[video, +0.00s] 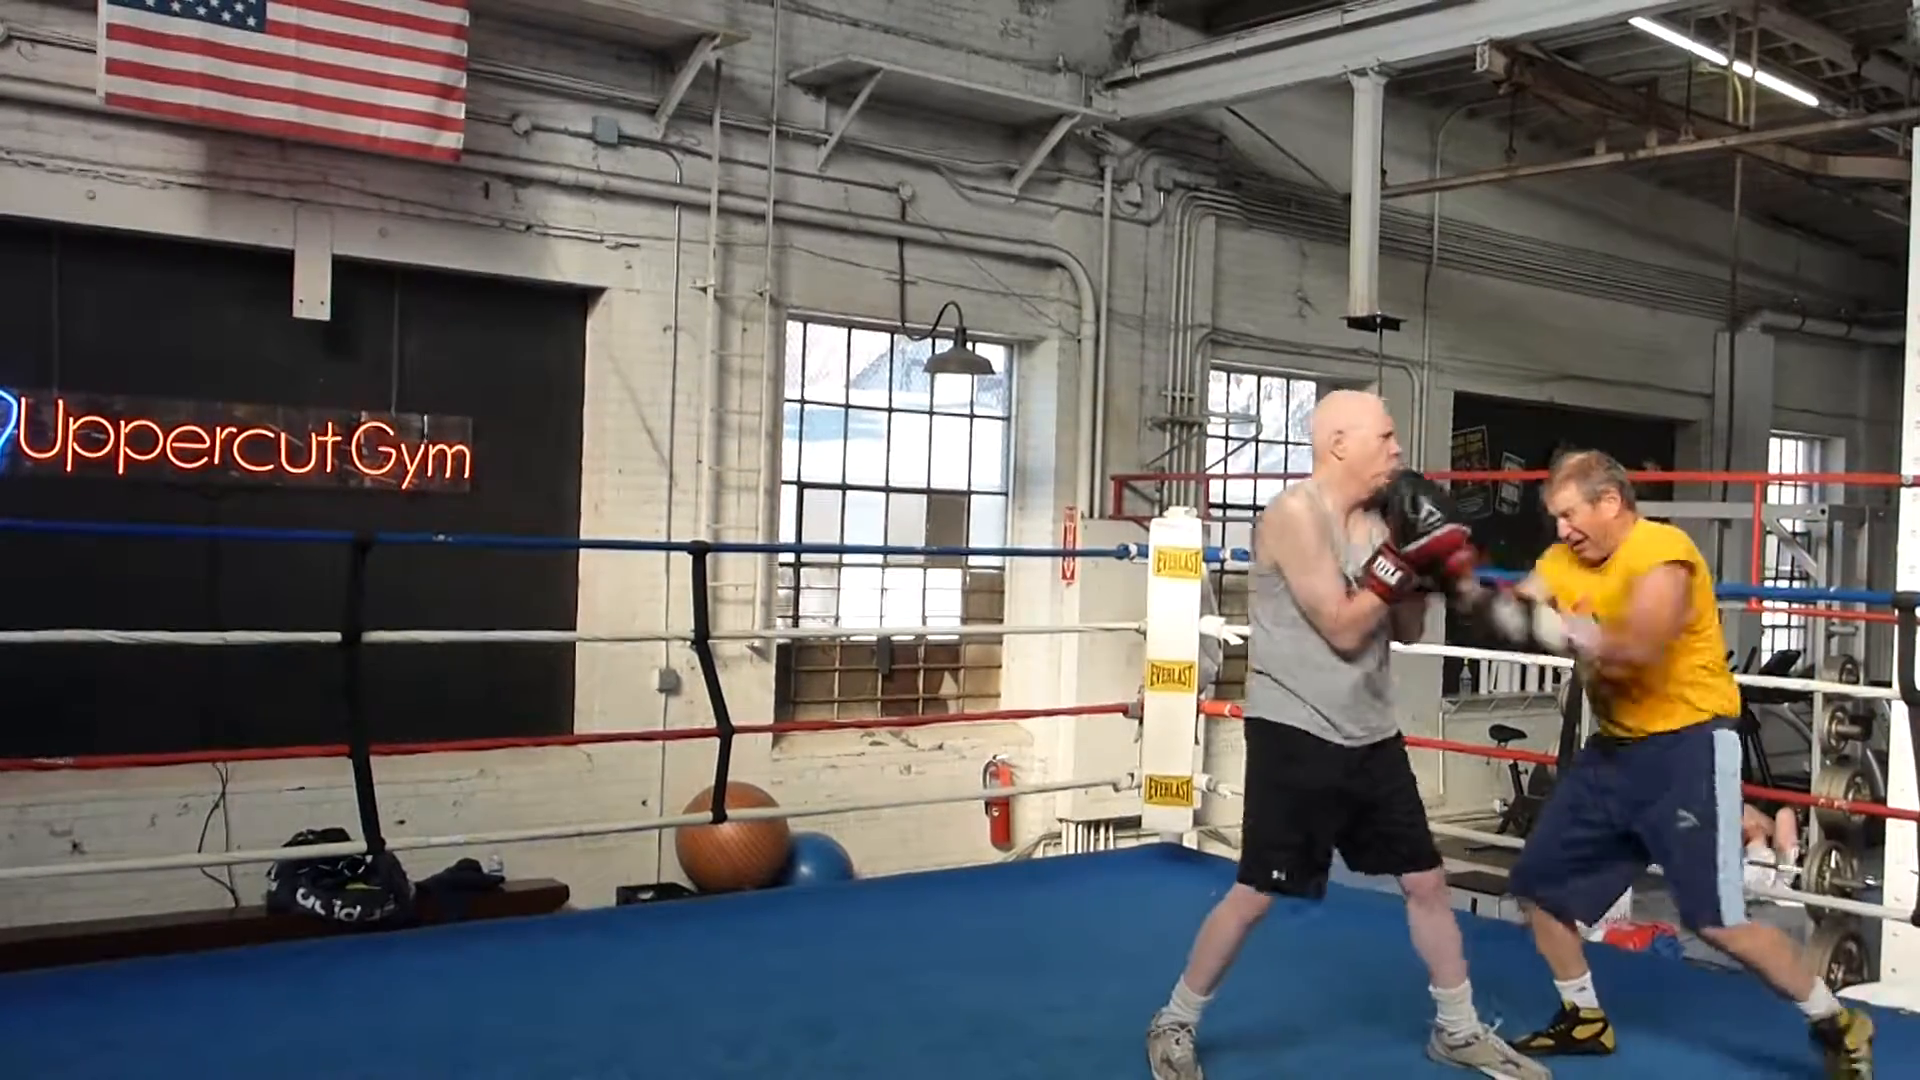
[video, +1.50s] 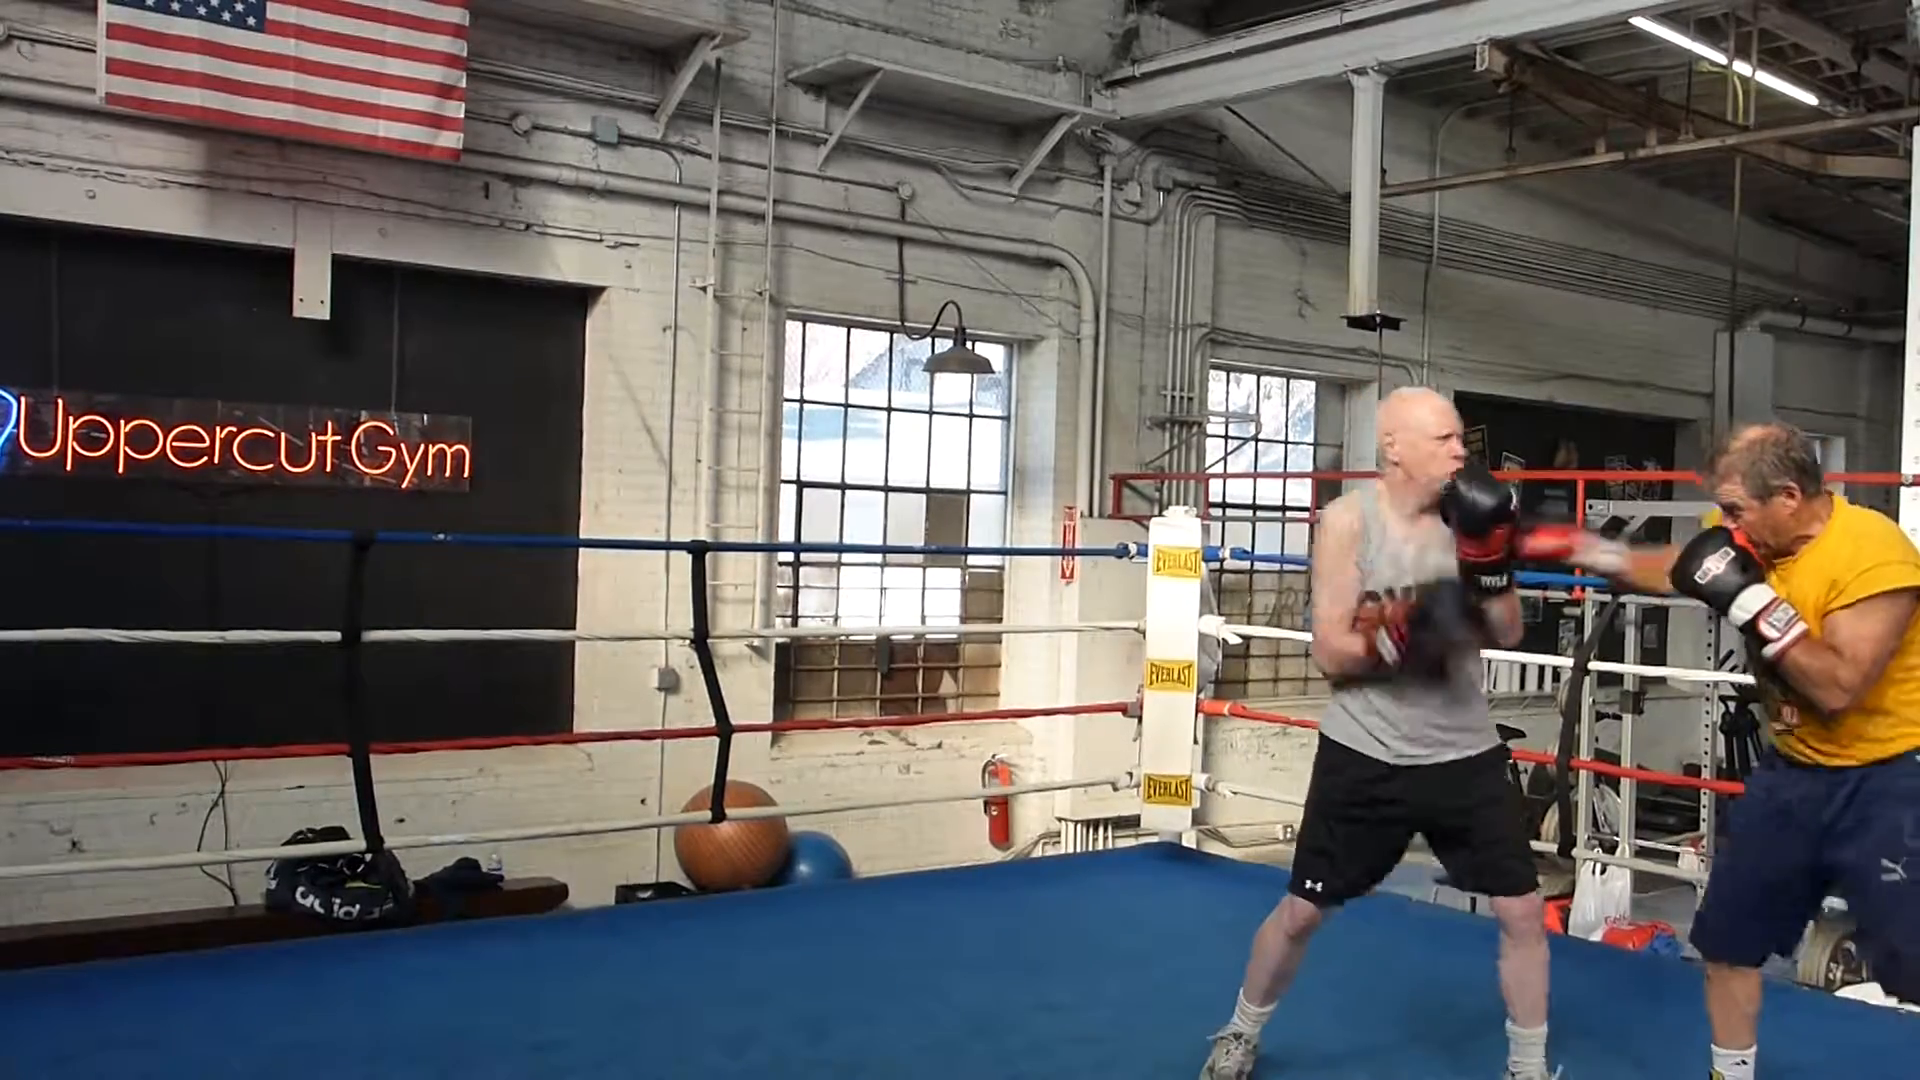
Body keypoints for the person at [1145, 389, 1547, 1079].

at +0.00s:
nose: (1399, 451)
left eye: (1397, 439)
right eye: (1386, 438)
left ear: (1347, 445)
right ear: (1338, 444)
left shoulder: (1375, 522)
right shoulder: (1293, 512)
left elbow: (1406, 630)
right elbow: (1345, 631)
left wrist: (1423, 560)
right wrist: (1402, 560)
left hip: (1371, 735)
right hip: (1293, 733)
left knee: (1426, 879)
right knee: (1257, 891)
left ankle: (1458, 1028)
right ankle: (1176, 1021)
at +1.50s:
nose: (1459, 451)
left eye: (1460, 438)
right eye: (1443, 440)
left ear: (1461, 443)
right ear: (1394, 449)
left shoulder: (1471, 518)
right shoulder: (1346, 521)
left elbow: (1508, 633)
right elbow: (1332, 653)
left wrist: (1492, 558)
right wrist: (1391, 640)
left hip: (1466, 755)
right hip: (1363, 754)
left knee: (1523, 910)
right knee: (1304, 910)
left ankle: (1530, 1071)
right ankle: (1240, 1039)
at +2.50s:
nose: (1663, 438)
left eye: (1666, 423)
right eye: (1647, 420)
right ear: (1584, 415)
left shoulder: (1636, 505)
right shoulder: (1513, 493)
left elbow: (1657, 656)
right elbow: (1511, 660)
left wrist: (1679, 568)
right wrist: (1588, 568)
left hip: (1606, 761)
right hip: (1503, 762)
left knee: (1660, 958)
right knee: (1466, 967)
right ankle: (1411, 1074)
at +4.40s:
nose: (1642, 440)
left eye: (1656, 424)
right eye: (1622, 423)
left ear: (1669, 423)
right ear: (1575, 426)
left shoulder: (1703, 493)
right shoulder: (1535, 511)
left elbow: (1748, 679)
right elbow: (1534, 687)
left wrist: (1694, 596)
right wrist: (1568, 594)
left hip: (1700, 817)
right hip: (1568, 811)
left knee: (1717, 1041)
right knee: (1526, 1015)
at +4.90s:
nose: (1806, 435)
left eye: (1808, 418)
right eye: (1789, 415)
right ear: (1714, 409)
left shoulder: (1781, 515)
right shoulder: (1623, 494)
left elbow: (1803, 689)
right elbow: (1638, 674)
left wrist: (1837, 574)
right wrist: (1733, 567)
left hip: (1740, 836)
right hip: (1596, 824)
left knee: (1793, 1060)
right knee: (1510, 1046)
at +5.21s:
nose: (1739, 466)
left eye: (1741, 447)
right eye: (1731, 441)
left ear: (1672, 426)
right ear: (1675, 422)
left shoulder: (1659, 538)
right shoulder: (1593, 508)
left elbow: (1702, 682)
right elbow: (1635, 690)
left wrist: (1752, 581)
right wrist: (1720, 581)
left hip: (1660, 831)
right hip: (1565, 827)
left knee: (1743, 1038)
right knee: (1535, 1058)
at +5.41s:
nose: (1683, 476)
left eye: (1687, 459)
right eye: (1681, 453)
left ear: (1619, 434)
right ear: (1636, 434)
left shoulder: (1565, 518)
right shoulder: (1566, 520)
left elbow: (1604, 683)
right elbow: (1606, 700)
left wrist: (1663, 575)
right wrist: (1682, 595)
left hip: (1597, 819)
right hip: (1539, 826)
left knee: (1727, 982)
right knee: (1548, 1061)